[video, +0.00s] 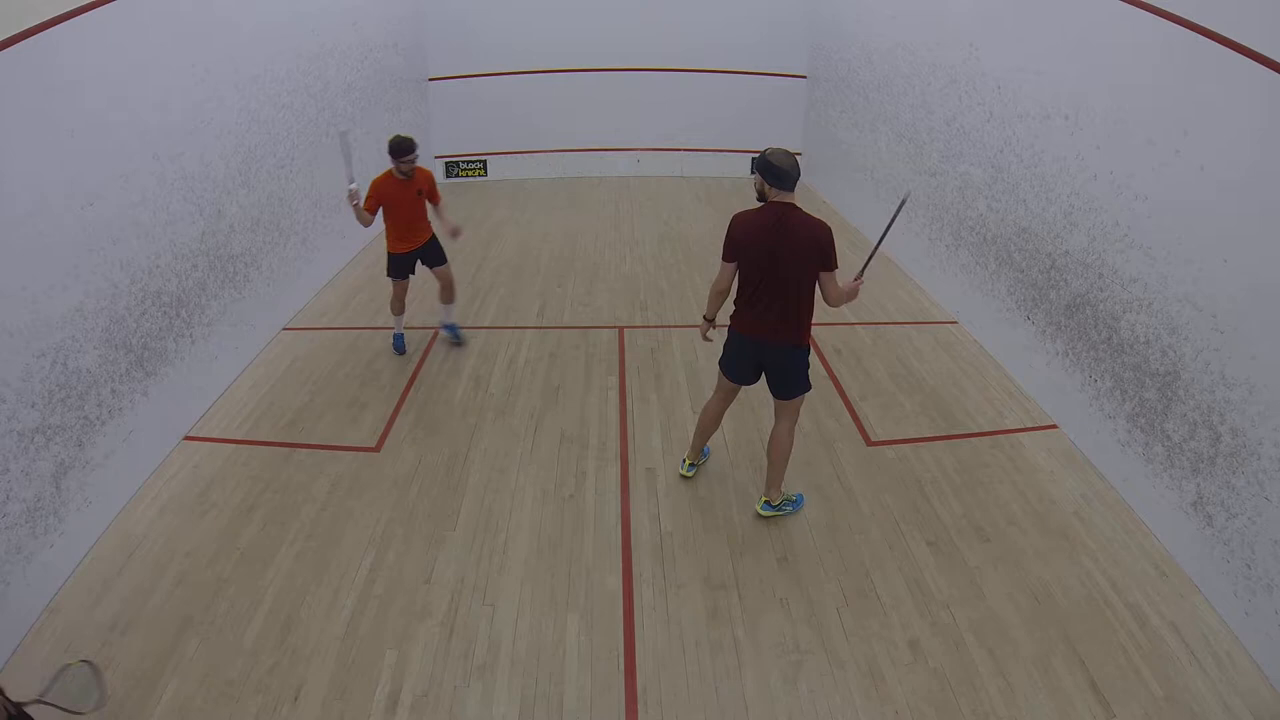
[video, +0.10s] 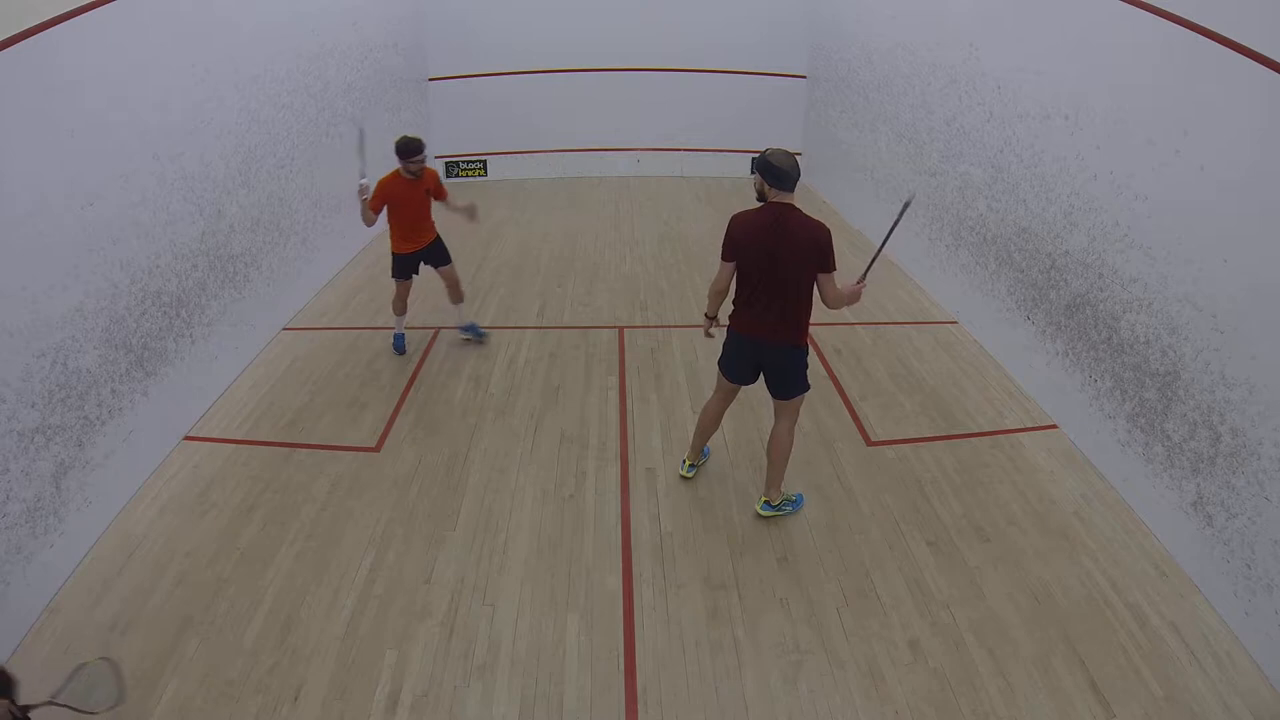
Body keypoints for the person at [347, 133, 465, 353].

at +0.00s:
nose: (411, 166)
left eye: (414, 161)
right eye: (406, 163)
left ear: (416, 157)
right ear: (394, 162)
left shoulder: (424, 177)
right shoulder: (380, 185)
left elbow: (436, 203)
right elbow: (367, 221)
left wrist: (448, 225)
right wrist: (356, 206)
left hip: (426, 239)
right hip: (399, 247)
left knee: (447, 279)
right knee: (399, 294)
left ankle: (448, 323)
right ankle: (398, 332)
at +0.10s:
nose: (422, 166)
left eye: (423, 160)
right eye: (416, 162)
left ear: (425, 157)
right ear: (402, 162)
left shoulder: (430, 176)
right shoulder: (387, 185)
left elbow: (444, 200)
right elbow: (370, 221)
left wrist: (462, 209)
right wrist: (363, 201)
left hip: (430, 240)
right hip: (403, 249)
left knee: (452, 281)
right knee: (402, 294)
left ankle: (463, 323)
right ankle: (399, 332)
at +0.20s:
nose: (438, 166)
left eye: (439, 161)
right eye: (433, 163)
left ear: (439, 159)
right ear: (419, 165)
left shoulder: (441, 176)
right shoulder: (400, 187)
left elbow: (456, 191)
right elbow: (380, 221)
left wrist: (485, 195)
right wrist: (379, 198)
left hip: (439, 242)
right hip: (413, 250)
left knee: (461, 282)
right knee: (408, 293)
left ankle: (483, 323)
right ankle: (399, 332)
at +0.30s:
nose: (457, 168)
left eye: (457, 163)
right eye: (452, 165)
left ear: (455, 162)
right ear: (437, 168)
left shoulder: (456, 182)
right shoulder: (421, 190)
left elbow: (471, 189)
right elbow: (409, 228)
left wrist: (492, 194)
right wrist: (407, 205)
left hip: (451, 243)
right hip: (425, 251)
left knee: (472, 280)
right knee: (419, 293)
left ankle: (489, 326)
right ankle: (401, 330)